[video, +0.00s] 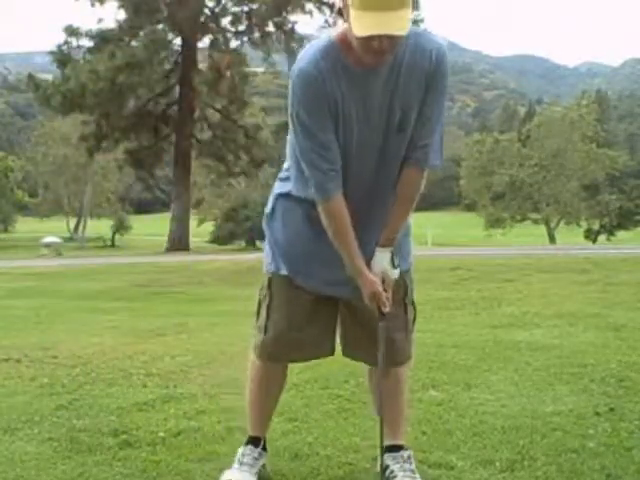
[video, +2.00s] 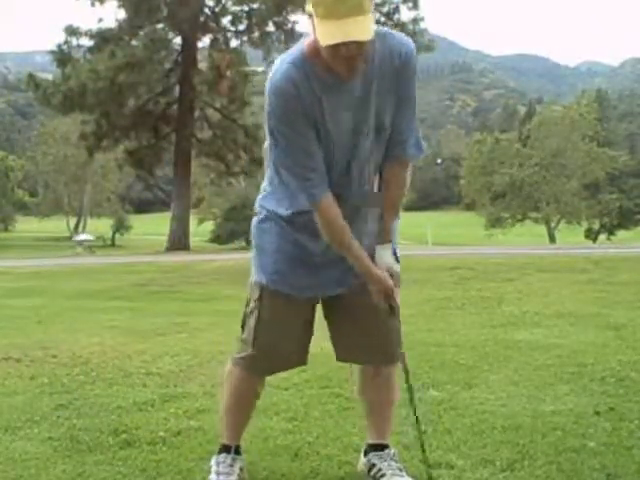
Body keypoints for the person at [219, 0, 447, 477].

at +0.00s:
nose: (382, 46)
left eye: (392, 35)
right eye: (370, 35)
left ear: (408, 20)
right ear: (344, 14)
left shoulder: (429, 58)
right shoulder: (314, 71)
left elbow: (416, 163)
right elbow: (325, 186)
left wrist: (385, 248)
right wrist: (359, 268)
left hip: (384, 229)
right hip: (306, 223)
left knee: (392, 347)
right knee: (274, 341)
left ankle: (396, 455)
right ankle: (253, 448)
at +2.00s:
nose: (352, 52)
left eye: (359, 41)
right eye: (339, 43)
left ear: (371, 23)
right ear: (314, 30)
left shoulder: (397, 56)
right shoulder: (288, 82)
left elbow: (398, 156)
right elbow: (315, 194)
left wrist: (387, 241)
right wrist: (365, 266)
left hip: (363, 229)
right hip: (291, 228)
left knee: (382, 346)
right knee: (259, 348)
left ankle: (379, 453)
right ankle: (228, 454)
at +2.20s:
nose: (343, 47)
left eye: (353, 33)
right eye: (331, 36)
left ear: (369, 18)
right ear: (313, 27)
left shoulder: (390, 35)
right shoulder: (299, 89)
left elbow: (417, 128)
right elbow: (358, 189)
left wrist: (431, 214)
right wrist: (429, 245)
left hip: (369, 222)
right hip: (299, 228)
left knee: (386, 341)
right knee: (266, 348)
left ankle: (379, 453)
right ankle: (229, 454)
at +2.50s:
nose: (307, 37)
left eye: (318, 24)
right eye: (294, 27)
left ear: (336, 10)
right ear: (277, 18)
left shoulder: (365, 32)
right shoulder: (264, 81)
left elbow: (394, 128)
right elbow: (317, 186)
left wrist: (398, 208)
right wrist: (382, 249)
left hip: (346, 217)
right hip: (269, 221)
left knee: (369, 339)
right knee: (241, 348)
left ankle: (378, 455)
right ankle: (226, 457)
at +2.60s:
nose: (292, 31)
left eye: (303, 19)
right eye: (281, 21)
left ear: (322, 10)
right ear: (264, 16)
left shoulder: (357, 39)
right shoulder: (240, 73)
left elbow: (362, 145)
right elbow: (257, 180)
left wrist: (333, 236)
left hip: (340, 216)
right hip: (257, 217)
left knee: (366, 338)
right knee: (236, 344)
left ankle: (376, 453)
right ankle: (226, 457)